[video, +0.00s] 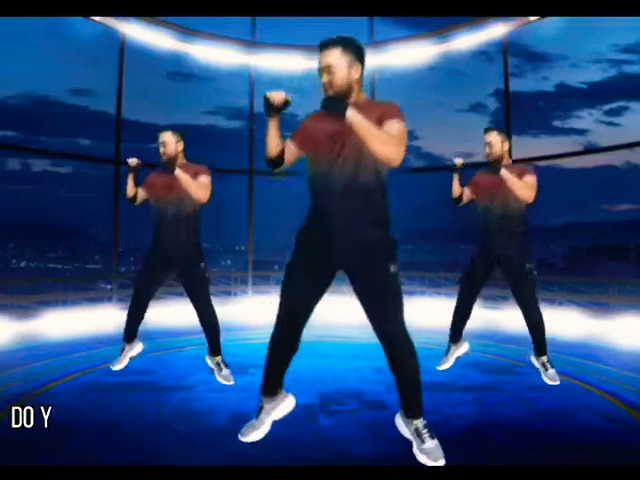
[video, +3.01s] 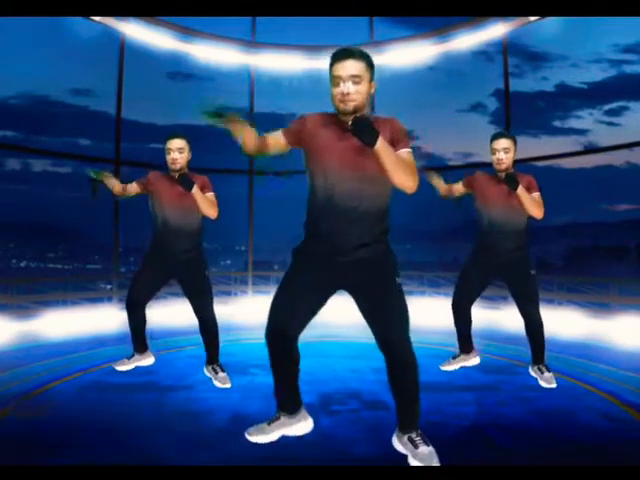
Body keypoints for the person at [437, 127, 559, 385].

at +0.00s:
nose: (488, 149)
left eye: (491, 144)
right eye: (486, 145)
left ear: (506, 145)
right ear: (485, 147)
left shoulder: (523, 173)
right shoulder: (482, 177)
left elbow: (528, 196)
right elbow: (459, 200)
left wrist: (504, 172)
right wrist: (456, 174)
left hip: (515, 246)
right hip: (488, 245)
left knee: (528, 303)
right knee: (467, 291)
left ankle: (541, 357)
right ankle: (455, 342)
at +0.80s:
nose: (479, 162)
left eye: (483, 157)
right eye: (479, 158)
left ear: (498, 159)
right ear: (483, 161)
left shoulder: (517, 185)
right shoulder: (480, 187)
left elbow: (527, 217)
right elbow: (465, 210)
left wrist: (501, 199)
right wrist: (466, 188)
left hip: (510, 259)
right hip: (487, 258)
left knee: (521, 313)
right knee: (462, 301)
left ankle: (541, 360)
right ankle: (466, 352)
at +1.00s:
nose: (479, 162)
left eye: (481, 158)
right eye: (480, 158)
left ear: (490, 160)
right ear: (497, 161)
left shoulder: (492, 178)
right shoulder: (502, 180)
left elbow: (457, 184)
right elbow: (464, 184)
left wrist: (440, 176)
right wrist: (443, 178)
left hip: (496, 259)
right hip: (493, 257)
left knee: (505, 316)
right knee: (461, 299)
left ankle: (555, 357)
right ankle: (465, 352)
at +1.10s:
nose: (478, 164)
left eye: (481, 160)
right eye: (478, 160)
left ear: (490, 160)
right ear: (495, 161)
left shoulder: (493, 178)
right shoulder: (500, 180)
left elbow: (456, 182)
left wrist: (436, 174)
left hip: (498, 259)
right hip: (491, 258)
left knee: (511, 315)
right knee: (459, 299)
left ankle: (559, 358)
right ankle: (465, 353)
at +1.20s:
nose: (474, 162)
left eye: (478, 158)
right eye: (473, 158)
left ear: (490, 158)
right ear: (479, 160)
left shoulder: (504, 179)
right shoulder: (479, 181)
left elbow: (500, 195)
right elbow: (470, 210)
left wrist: (479, 178)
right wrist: (469, 190)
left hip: (502, 255)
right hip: (483, 255)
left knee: (516, 310)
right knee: (461, 300)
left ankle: (558, 358)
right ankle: (465, 353)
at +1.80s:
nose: (493, 158)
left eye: (497, 152)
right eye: (488, 154)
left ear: (508, 153)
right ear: (485, 158)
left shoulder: (523, 179)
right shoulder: (482, 189)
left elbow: (535, 207)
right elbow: (463, 216)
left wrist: (512, 181)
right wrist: (456, 189)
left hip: (518, 259)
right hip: (487, 259)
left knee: (535, 311)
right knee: (468, 305)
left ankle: (542, 361)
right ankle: (465, 352)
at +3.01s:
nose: (500, 156)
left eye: (505, 151)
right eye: (496, 152)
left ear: (514, 154)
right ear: (490, 155)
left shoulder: (526, 182)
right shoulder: (477, 180)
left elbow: (538, 212)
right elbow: (448, 191)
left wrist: (517, 187)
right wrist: (434, 179)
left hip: (516, 259)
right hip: (485, 256)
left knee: (531, 314)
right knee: (460, 302)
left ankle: (539, 365)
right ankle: (467, 353)